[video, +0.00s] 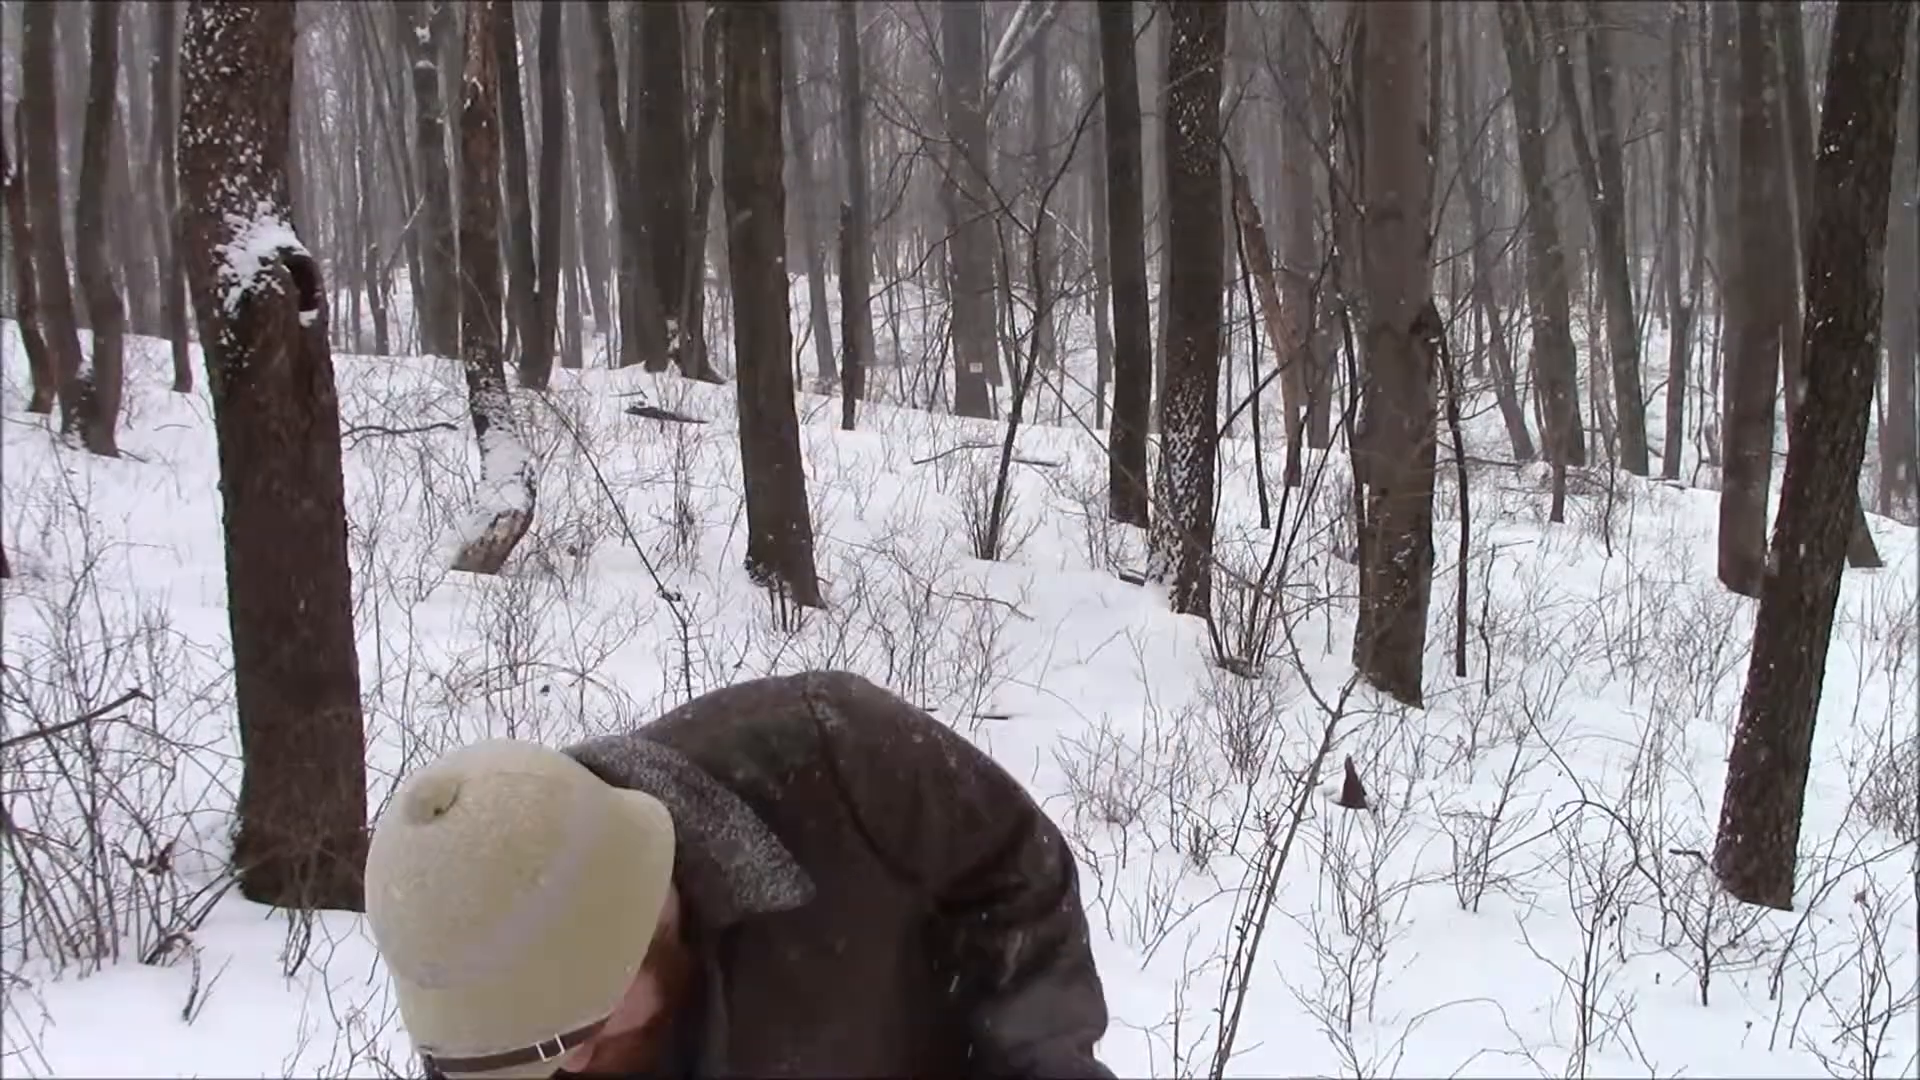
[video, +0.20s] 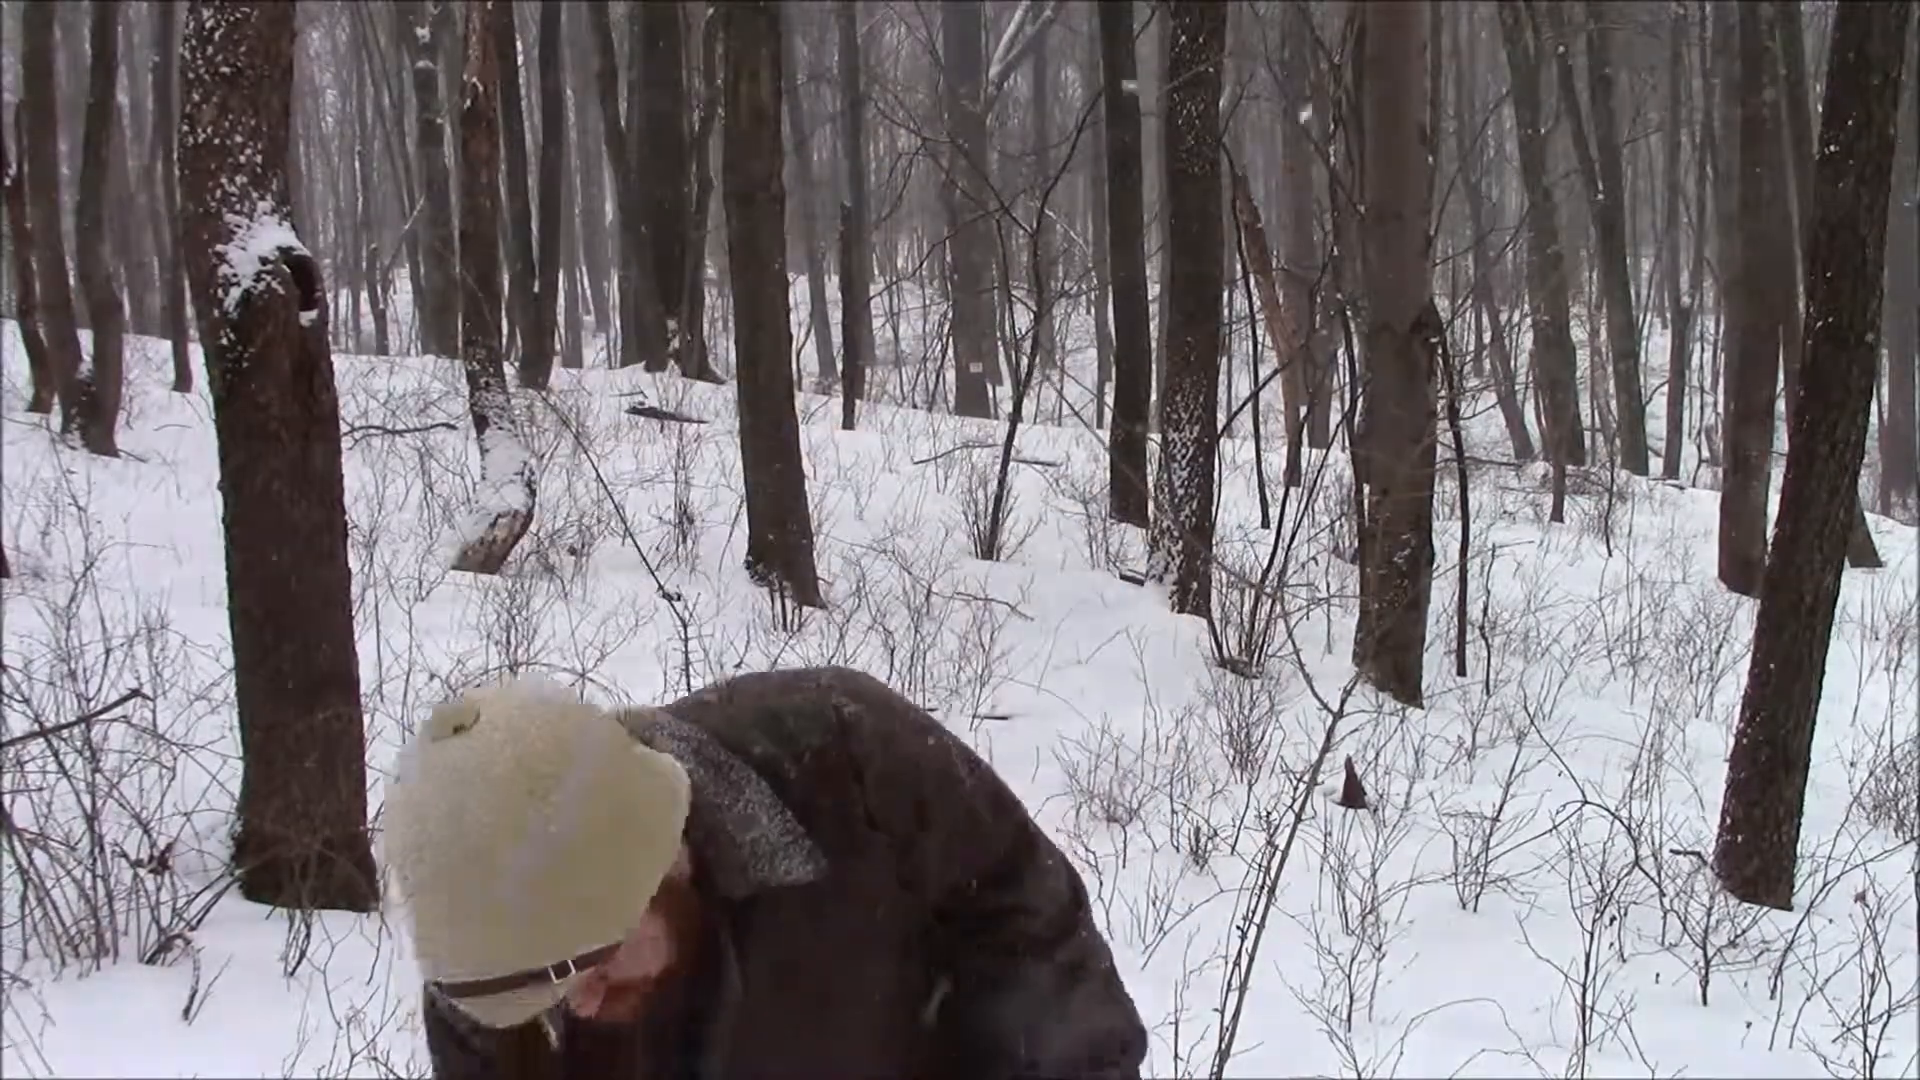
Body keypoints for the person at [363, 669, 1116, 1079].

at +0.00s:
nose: (569, 1071)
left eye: (581, 1031)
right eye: (520, 1059)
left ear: (647, 912)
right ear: (449, 1011)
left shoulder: (830, 757)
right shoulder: (477, 1005)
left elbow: (1019, 877)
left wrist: (1038, 1061)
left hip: (946, 1042)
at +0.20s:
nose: (588, 1007)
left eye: (597, 956)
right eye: (542, 990)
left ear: (649, 853)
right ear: (470, 962)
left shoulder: (842, 752)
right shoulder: (485, 988)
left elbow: (1031, 924)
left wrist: (1021, 1061)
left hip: (910, 1042)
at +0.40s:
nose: (581, 785)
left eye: (598, 729)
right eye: (535, 753)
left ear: (689, 659)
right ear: (493, 729)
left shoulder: (896, 691)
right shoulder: (490, 835)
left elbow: (1029, 939)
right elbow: (486, 1063)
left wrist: (1025, 1065)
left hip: (905, 1056)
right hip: (664, 1056)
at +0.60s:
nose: (619, 520)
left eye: (651, 465)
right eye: (583, 476)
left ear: (747, 439)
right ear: (555, 477)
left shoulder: (919, 588)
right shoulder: (520, 644)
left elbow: (986, 830)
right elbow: (435, 891)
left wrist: (835, 1025)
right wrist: (298, 1058)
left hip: (905, 1024)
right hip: (642, 1033)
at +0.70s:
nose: (653, 436)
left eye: (686, 387)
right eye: (623, 396)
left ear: (785, 377)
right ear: (595, 407)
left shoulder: (943, 559)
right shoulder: (547, 585)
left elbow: (991, 806)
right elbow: (427, 822)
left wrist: (835, 953)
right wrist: (267, 1002)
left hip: (918, 1025)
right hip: (651, 1028)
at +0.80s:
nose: (690, 387)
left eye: (725, 341)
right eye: (663, 348)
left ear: (818, 344)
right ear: (635, 360)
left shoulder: (962, 542)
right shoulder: (573, 555)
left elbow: (1025, 778)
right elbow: (469, 788)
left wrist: (874, 935)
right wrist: (335, 972)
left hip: (912, 1048)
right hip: (645, 1041)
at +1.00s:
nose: (736, 343)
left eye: (769, 301)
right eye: (711, 310)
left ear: (858, 313)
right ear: (686, 330)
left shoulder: (1006, 517)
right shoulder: (630, 533)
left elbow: (1119, 747)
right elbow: (583, 789)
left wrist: (1091, 932)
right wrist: (561, 1004)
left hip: (945, 1039)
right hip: (684, 1047)